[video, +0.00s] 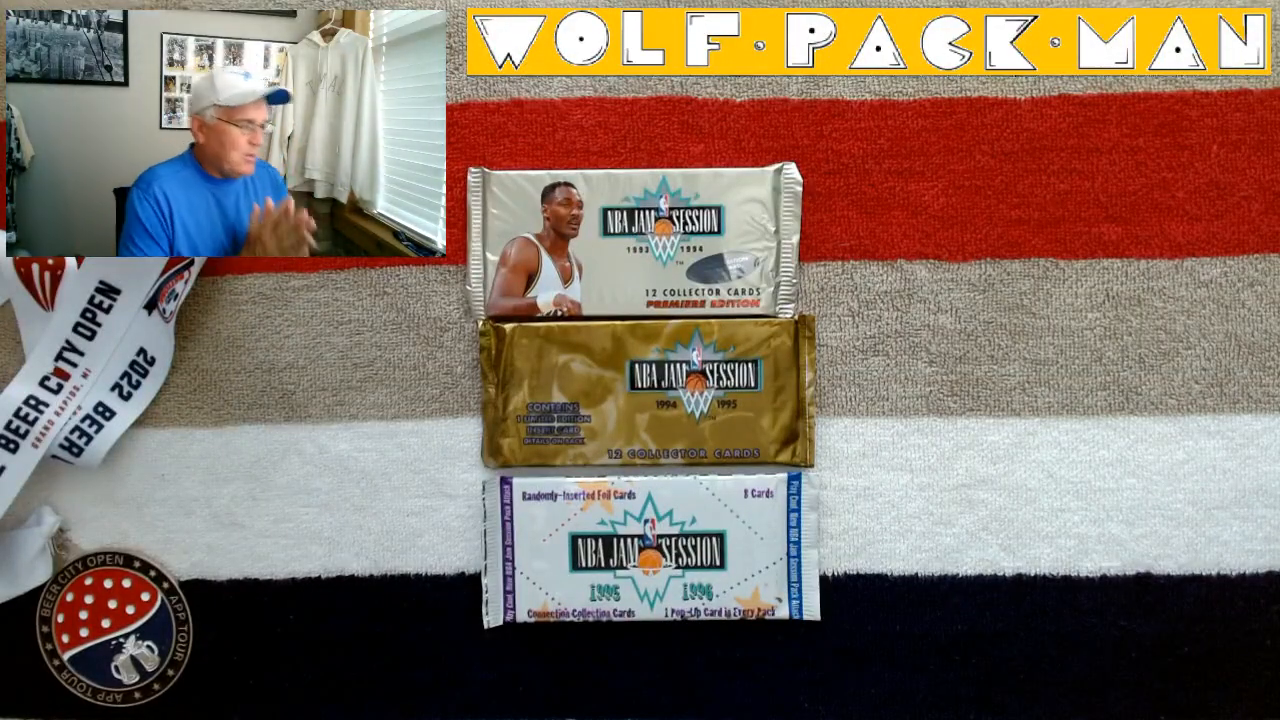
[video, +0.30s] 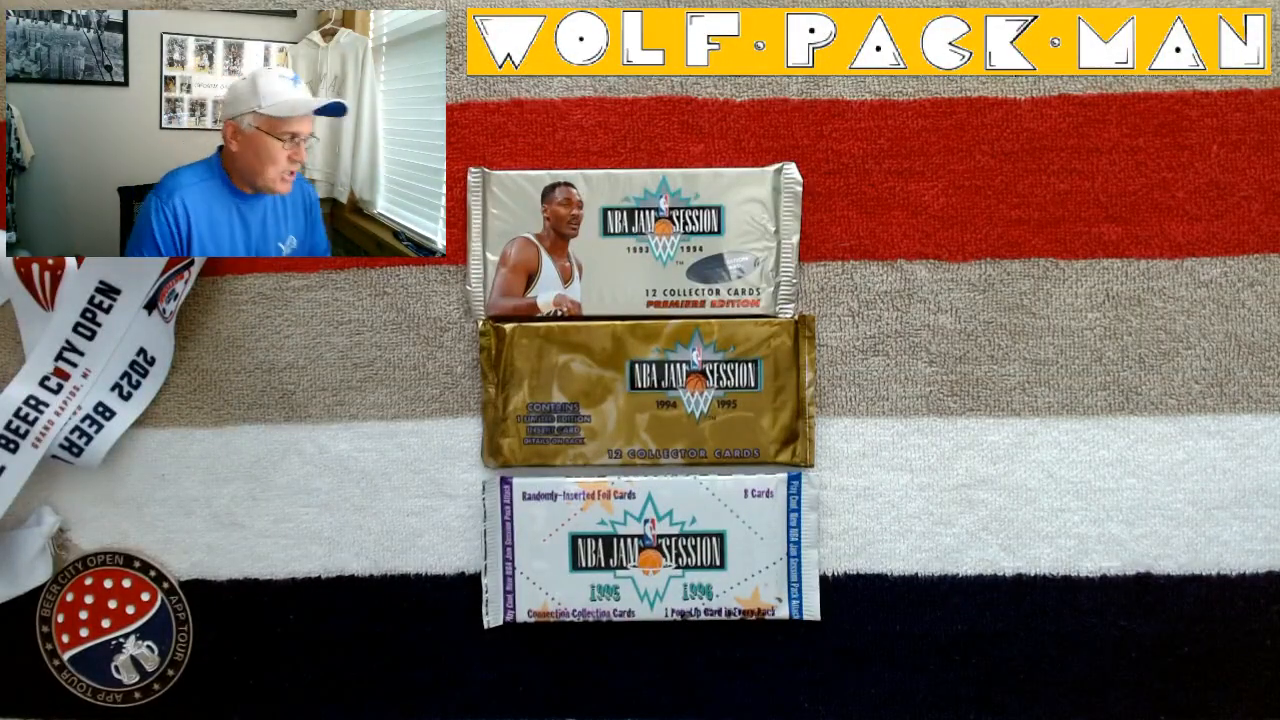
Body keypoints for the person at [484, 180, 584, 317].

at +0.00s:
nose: (576, 213)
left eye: (580, 207)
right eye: (566, 205)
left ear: (583, 211)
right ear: (545, 211)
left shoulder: (575, 265)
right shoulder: (520, 250)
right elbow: (495, 307)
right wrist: (550, 301)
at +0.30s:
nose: (576, 213)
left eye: (580, 207)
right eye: (566, 205)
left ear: (583, 211)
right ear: (545, 211)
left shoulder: (575, 265)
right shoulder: (521, 249)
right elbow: (495, 307)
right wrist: (550, 301)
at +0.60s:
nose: (576, 212)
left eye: (580, 206)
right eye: (566, 204)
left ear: (583, 210)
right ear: (545, 210)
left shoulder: (575, 265)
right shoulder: (520, 249)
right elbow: (495, 307)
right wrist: (550, 300)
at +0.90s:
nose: (576, 213)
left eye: (580, 206)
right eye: (566, 205)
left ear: (583, 211)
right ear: (545, 211)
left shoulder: (575, 265)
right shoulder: (521, 249)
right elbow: (495, 307)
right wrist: (550, 301)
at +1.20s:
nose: (576, 213)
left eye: (580, 207)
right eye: (566, 205)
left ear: (583, 211)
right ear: (545, 211)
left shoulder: (575, 265)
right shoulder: (520, 250)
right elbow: (495, 307)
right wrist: (550, 301)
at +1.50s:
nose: (576, 213)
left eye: (580, 207)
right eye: (566, 205)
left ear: (583, 211)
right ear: (545, 211)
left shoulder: (575, 266)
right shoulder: (520, 250)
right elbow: (495, 308)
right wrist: (550, 301)